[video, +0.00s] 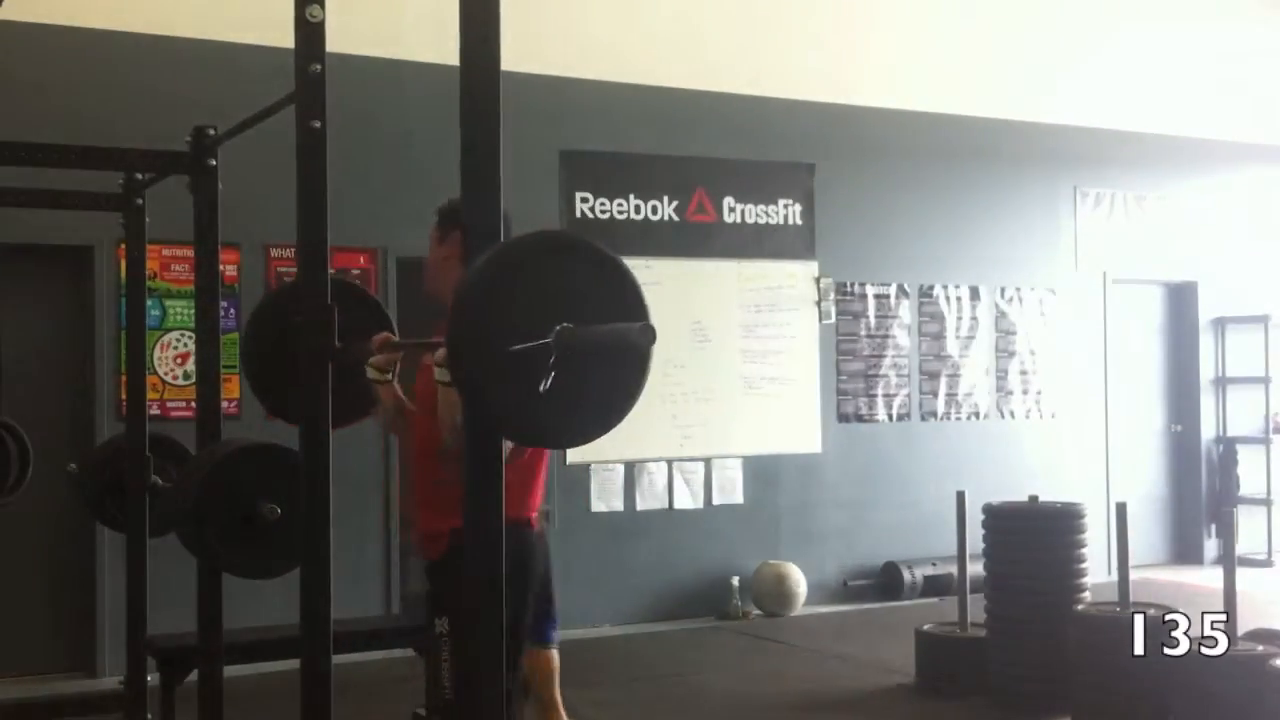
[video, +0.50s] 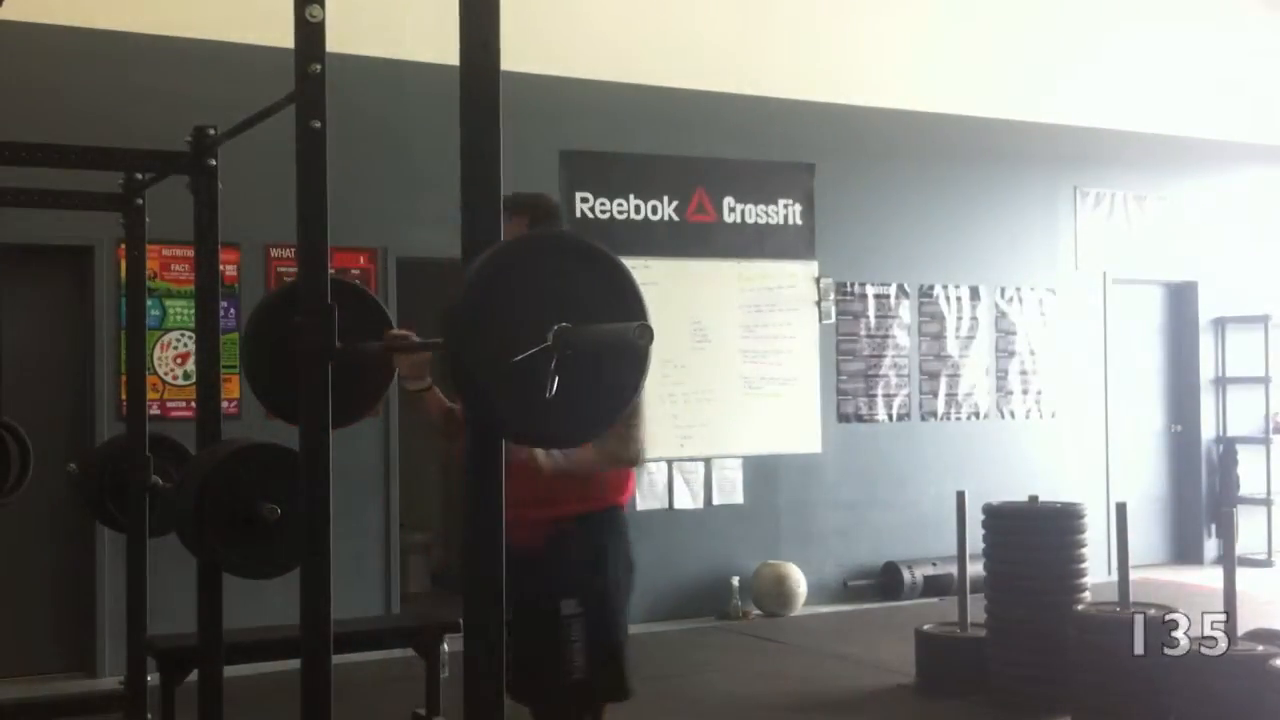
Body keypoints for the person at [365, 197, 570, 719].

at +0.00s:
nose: (429, 260)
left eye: (435, 247)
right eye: (431, 247)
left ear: (459, 250)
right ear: (474, 251)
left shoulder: (481, 335)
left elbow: (456, 441)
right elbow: (431, 435)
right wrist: (386, 387)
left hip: (479, 543)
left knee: (473, 697)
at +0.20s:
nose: (448, 262)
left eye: (456, 248)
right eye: (452, 248)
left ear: (485, 256)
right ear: (483, 260)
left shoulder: (541, 328)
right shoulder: (485, 333)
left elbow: (529, 452)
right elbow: (453, 429)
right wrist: (400, 389)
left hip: (534, 532)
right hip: (489, 529)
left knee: (538, 700)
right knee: (488, 696)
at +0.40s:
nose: (495, 266)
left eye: (507, 249)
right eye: (484, 251)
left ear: (537, 250)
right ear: (481, 262)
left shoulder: (581, 326)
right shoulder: (490, 334)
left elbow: (591, 449)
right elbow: (455, 430)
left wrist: (498, 415)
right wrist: (406, 380)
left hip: (575, 523)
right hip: (502, 522)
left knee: (574, 688)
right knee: (515, 683)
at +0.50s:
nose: (508, 263)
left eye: (521, 248)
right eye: (500, 249)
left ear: (553, 248)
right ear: (495, 256)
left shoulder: (600, 340)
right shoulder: (501, 335)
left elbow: (627, 447)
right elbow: (467, 433)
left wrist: (552, 457)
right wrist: (417, 381)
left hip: (582, 526)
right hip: (512, 526)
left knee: (582, 694)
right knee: (533, 690)